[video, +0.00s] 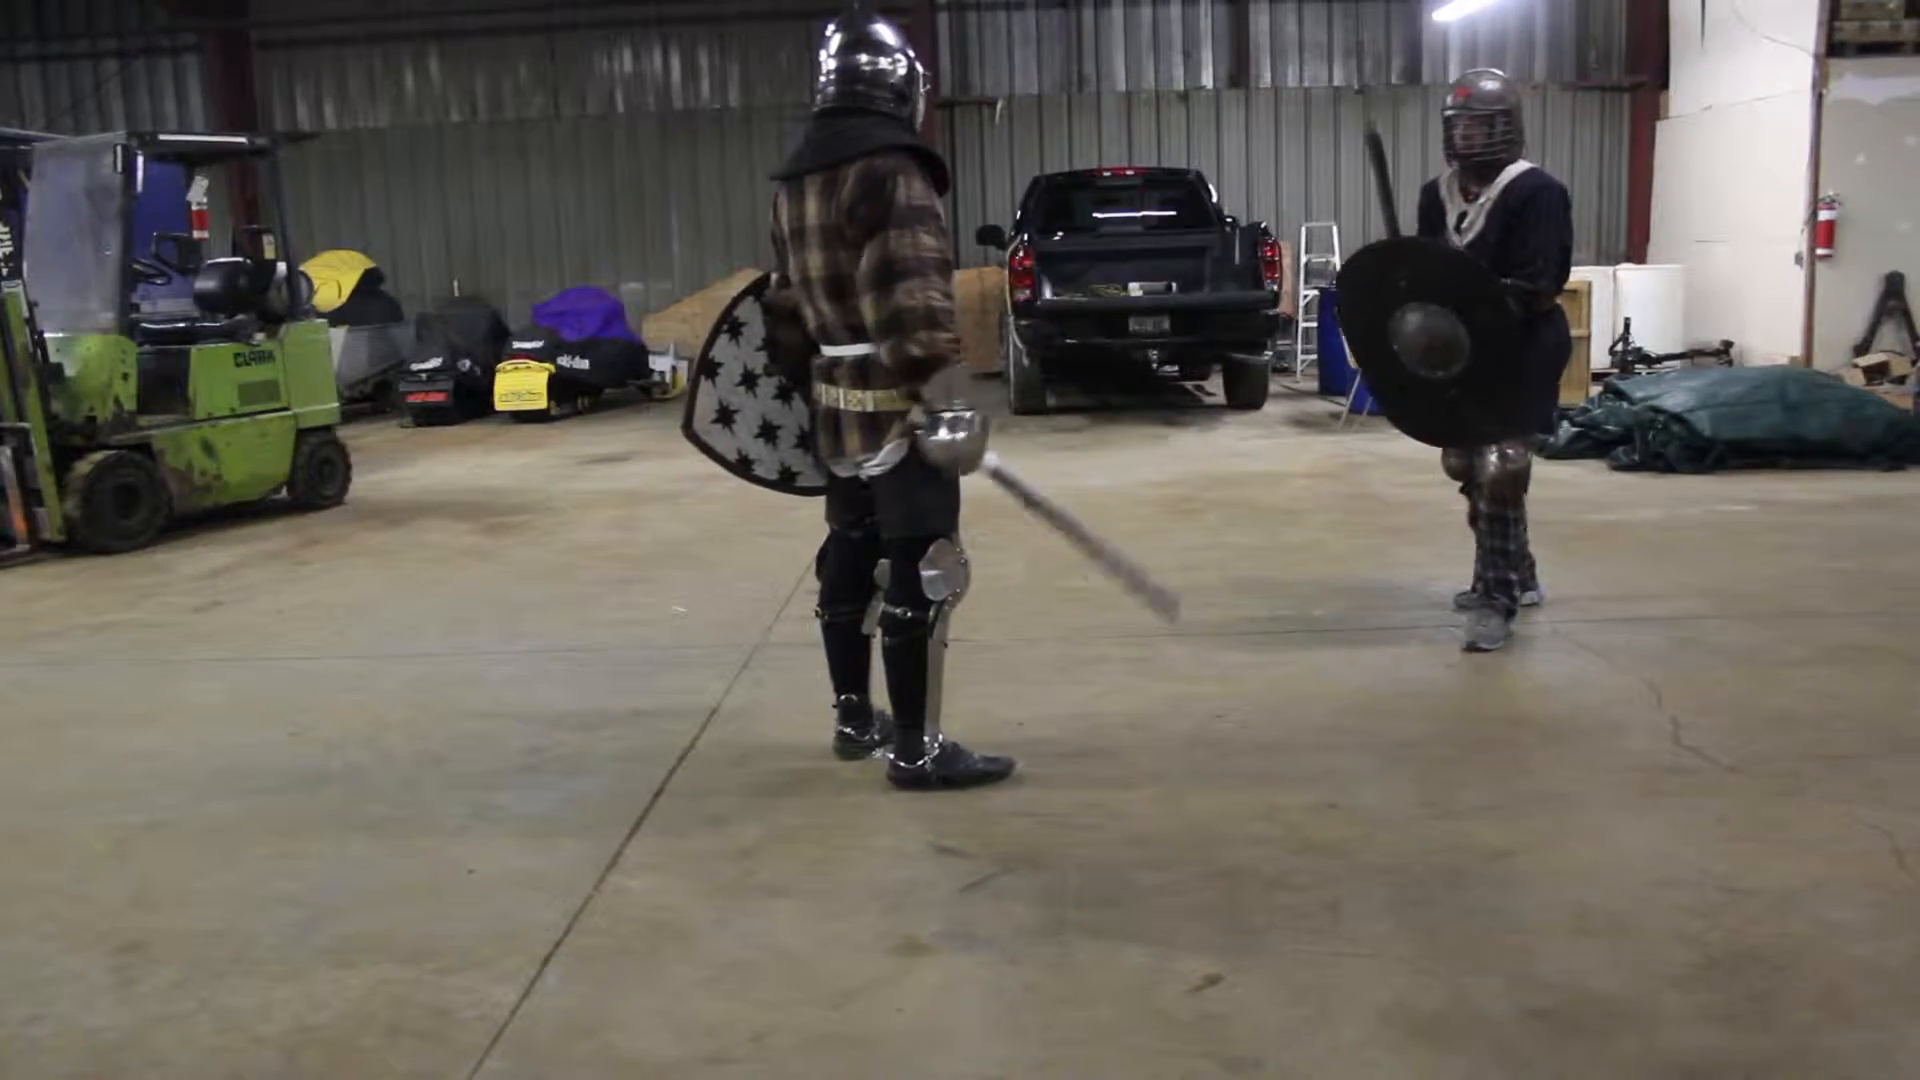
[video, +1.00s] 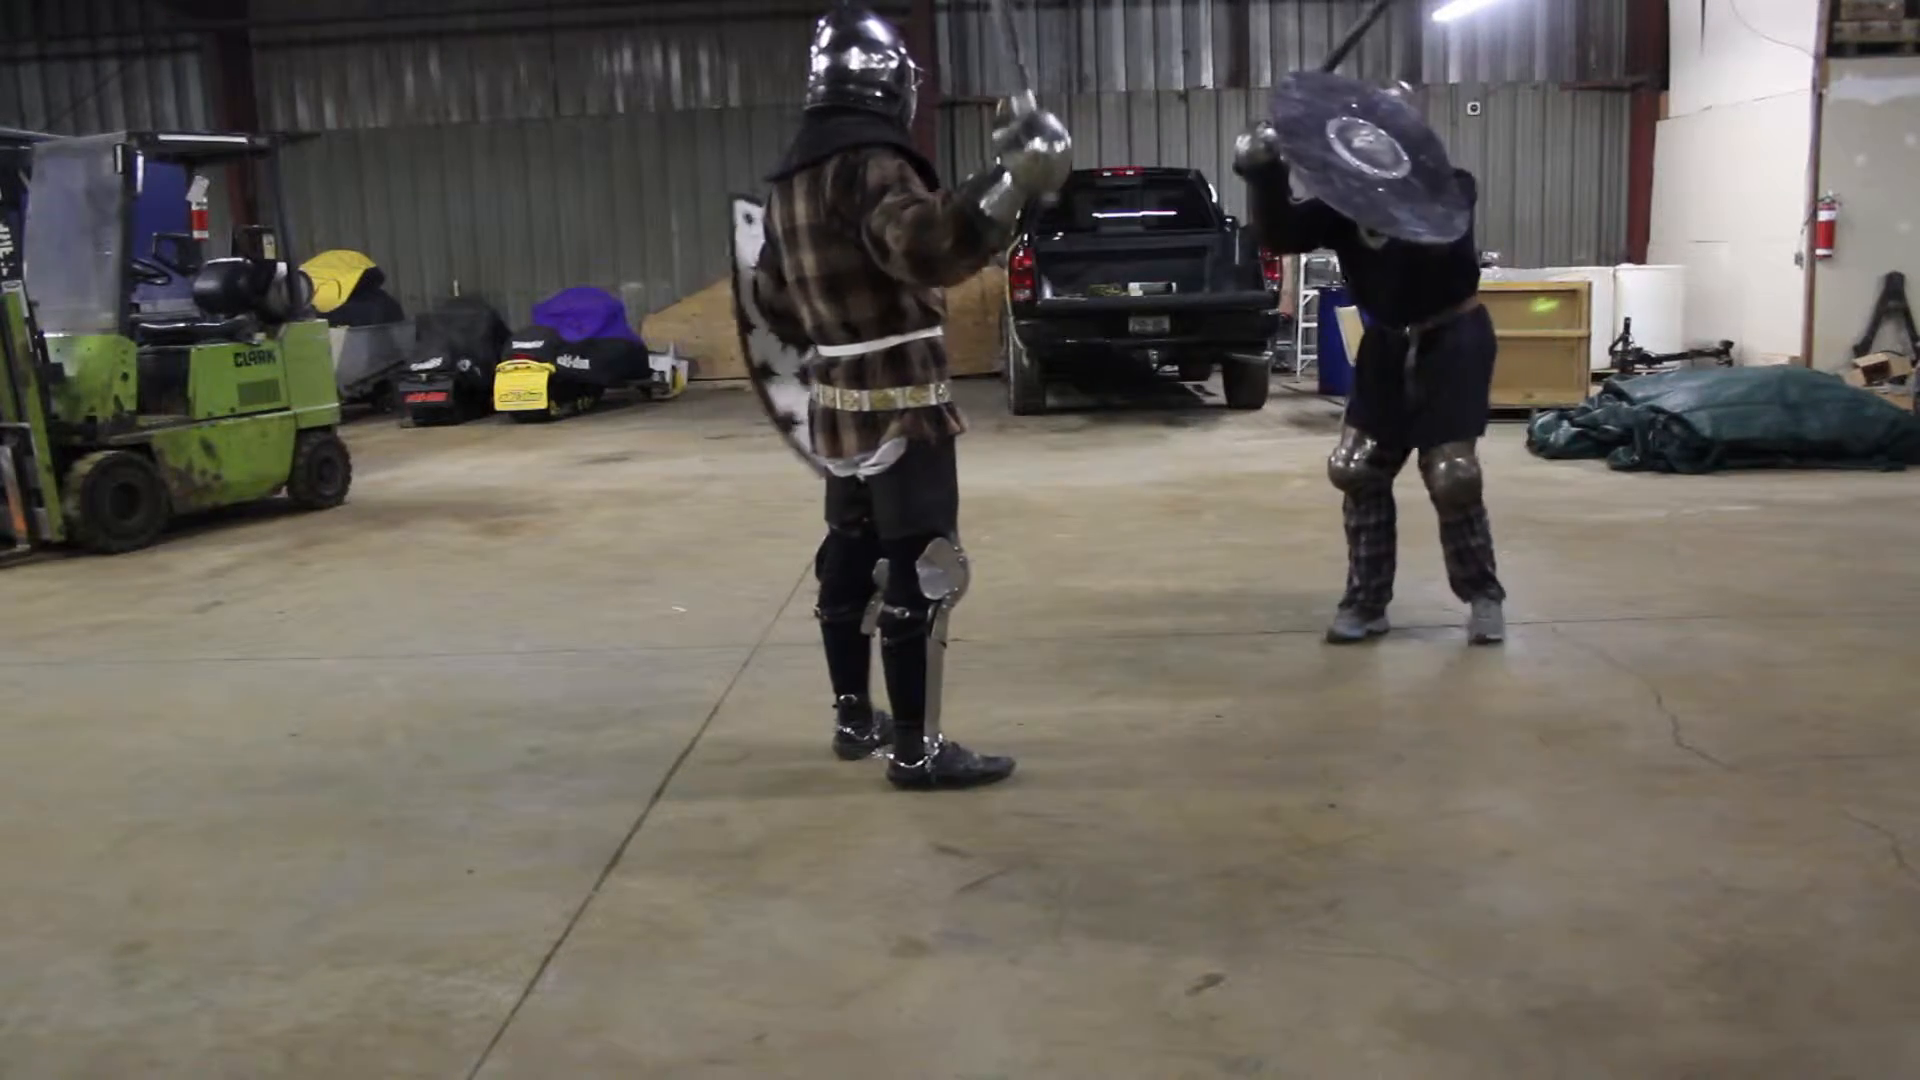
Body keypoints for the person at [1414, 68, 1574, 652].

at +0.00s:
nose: (1471, 133)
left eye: (1484, 121)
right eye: (1461, 122)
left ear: (1509, 127)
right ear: (1447, 129)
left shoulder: (1537, 192)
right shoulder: (1435, 196)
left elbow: (1543, 279)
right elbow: (1428, 273)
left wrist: (1473, 311)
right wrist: (1421, 324)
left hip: (1524, 354)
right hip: (1464, 355)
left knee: (1501, 465)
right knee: (1465, 463)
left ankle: (1494, 598)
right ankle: (1515, 573)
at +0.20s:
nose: (1478, 128)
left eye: (1492, 117)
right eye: (1466, 117)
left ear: (1513, 123)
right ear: (1450, 124)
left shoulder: (1537, 190)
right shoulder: (1432, 191)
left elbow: (1542, 278)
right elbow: (1418, 270)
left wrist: (1470, 302)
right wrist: (1411, 325)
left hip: (1517, 356)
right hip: (1452, 356)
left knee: (1497, 469)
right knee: (1441, 464)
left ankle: (1493, 598)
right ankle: (1499, 557)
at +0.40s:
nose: (1464, 122)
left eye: (1479, 111)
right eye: (1454, 111)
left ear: (1504, 117)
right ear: (1440, 118)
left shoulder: (1528, 186)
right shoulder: (1424, 187)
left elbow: (1529, 281)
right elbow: (1411, 273)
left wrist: (1460, 307)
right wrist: (1396, 334)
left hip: (1514, 359)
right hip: (1443, 357)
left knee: (1499, 470)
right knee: (1400, 456)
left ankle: (1492, 604)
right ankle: (1446, 565)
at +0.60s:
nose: (1432, 131)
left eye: (1446, 120)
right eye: (1423, 120)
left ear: (1477, 122)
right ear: (1414, 125)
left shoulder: (1509, 188)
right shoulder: (1406, 189)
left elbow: (1519, 271)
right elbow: (1374, 262)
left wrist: (1459, 302)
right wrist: (1327, 283)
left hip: (1495, 367)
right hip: (1419, 364)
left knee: (1487, 480)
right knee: (1396, 469)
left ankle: (1491, 609)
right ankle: (1364, 597)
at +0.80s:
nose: (1415, 127)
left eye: (1428, 115)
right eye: (1405, 115)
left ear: (1449, 123)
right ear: (1391, 120)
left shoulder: (1474, 187)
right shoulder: (1374, 188)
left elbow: (1459, 246)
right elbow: (1305, 244)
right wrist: (1270, 211)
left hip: (1473, 335)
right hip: (1408, 336)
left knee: (1466, 476)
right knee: (1374, 467)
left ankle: (1489, 607)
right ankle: (1368, 600)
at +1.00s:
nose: (1366, 167)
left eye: (1376, 153)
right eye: (1355, 157)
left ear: (1401, 153)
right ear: (1345, 163)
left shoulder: (1448, 191)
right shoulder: (1339, 207)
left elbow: (1442, 219)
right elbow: (1278, 236)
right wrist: (1266, 176)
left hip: (1456, 336)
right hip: (1388, 341)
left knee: (1451, 475)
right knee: (1358, 469)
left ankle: (1483, 598)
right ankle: (1365, 603)